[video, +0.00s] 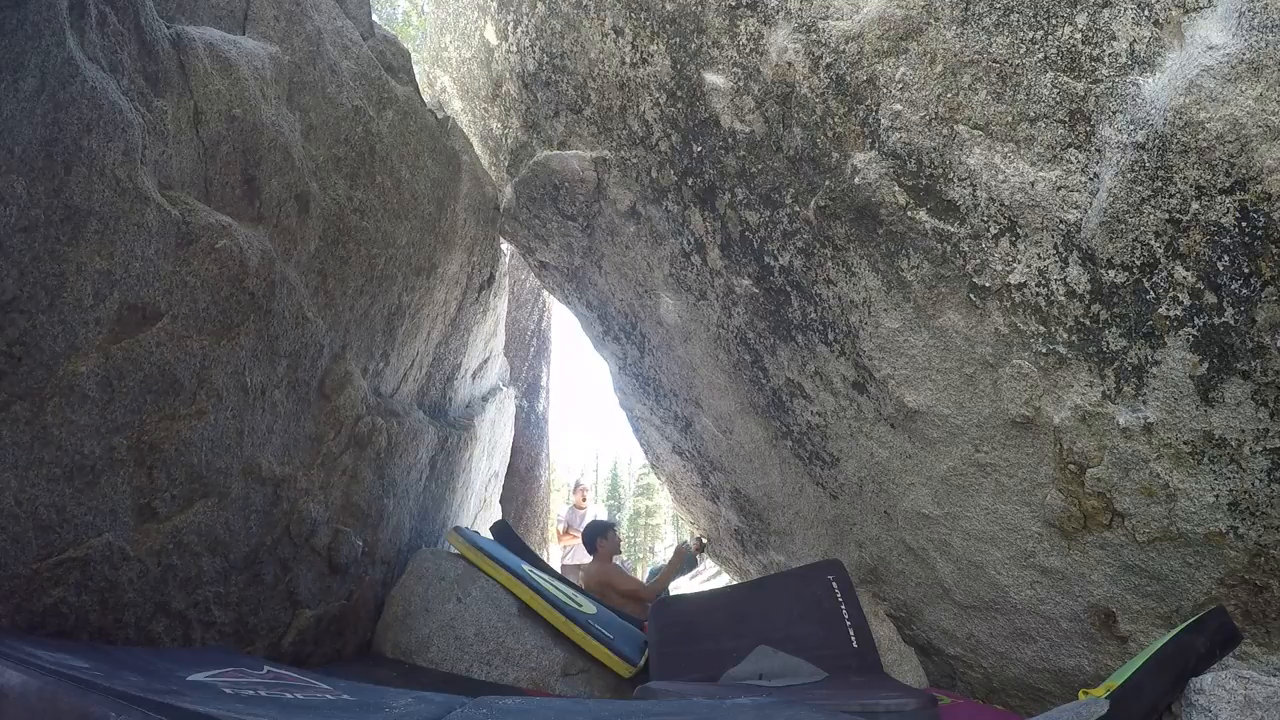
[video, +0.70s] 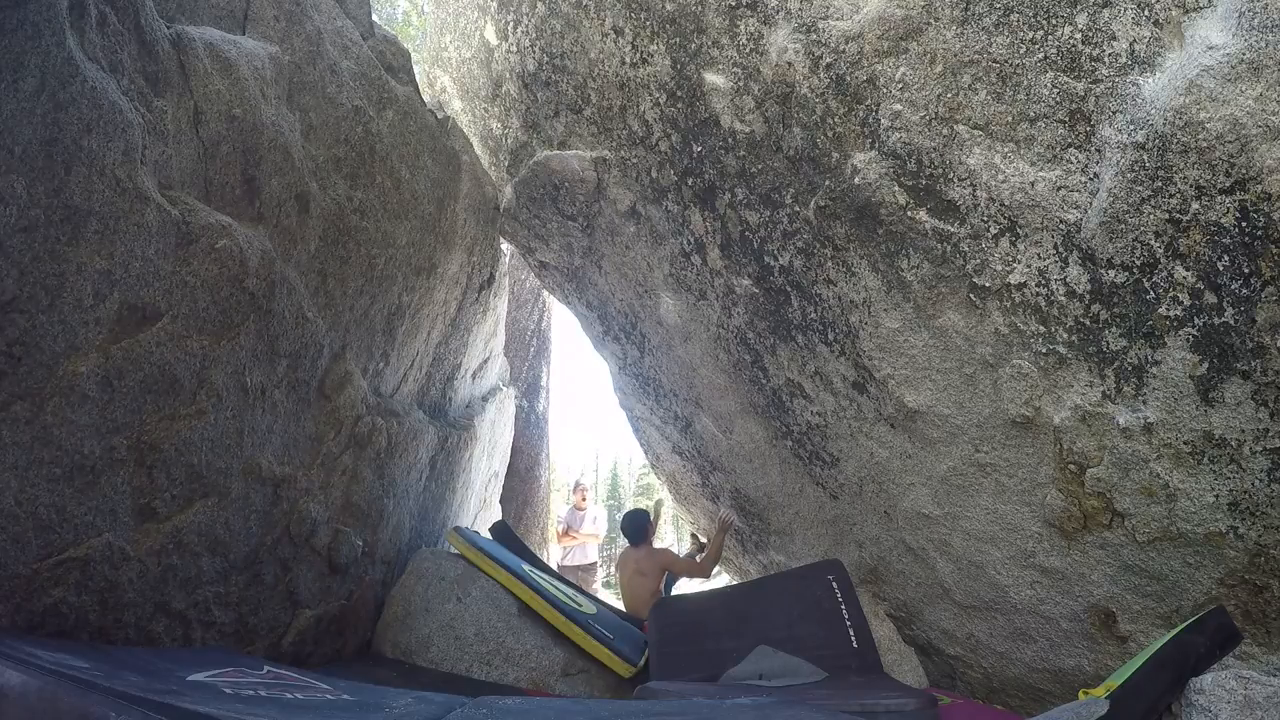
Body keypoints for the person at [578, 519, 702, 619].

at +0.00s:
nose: (620, 540)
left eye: (617, 535)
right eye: (615, 536)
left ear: (600, 544)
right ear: (601, 543)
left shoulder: (588, 570)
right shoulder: (608, 571)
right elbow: (650, 594)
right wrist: (676, 560)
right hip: (649, 623)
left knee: (655, 571)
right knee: (659, 571)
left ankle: (689, 559)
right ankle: (692, 557)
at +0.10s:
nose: (624, 537)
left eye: (621, 533)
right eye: (619, 534)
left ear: (605, 544)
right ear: (606, 542)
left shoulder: (593, 569)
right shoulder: (619, 569)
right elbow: (663, 581)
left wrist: (691, 551)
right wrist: (691, 546)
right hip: (652, 625)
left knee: (654, 573)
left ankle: (694, 557)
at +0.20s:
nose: (629, 535)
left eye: (626, 530)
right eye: (625, 531)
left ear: (611, 541)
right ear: (612, 540)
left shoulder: (597, 568)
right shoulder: (628, 565)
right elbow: (675, 569)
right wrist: (705, 537)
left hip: (628, 627)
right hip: (652, 626)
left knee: (655, 579)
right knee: (658, 581)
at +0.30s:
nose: (634, 531)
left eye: (631, 528)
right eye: (631, 529)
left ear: (608, 542)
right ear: (623, 537)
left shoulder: (603, 567)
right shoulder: (637, 562)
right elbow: (685, 565)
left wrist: (688, 556)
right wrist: (712, 533)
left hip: (626, 626)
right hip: (651, 627)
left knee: (658, 576)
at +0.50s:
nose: (645, 530)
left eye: (642, 527)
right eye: (643, 527)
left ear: (617, 537)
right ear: (640, 533)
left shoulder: (615, 561)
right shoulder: (651, 558)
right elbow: (697, 568)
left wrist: (689, 556)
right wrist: (717, 532)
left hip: (630, 622)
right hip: (653, 624)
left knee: (664, 577)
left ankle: (692, 552)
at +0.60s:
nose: (650, 525)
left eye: (647, 522)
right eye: (647, 523)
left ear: (622, 534)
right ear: (645, 529)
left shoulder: (621, 557)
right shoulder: (656, 557)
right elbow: (702, 569)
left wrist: (691, 555)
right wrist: (720, 532)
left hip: (630, 620)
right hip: (652, 624)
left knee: (668, 575)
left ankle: (692, 552)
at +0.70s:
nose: (652, 524)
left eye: (651, 521)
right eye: (651, 522)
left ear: (627, 533)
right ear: (649, 528)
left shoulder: (624, 556)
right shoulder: (660, 556)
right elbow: (704, 571)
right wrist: (721, 533)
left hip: (633, 620)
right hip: (655, 623)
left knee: (670, 574)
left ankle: (693, 551)